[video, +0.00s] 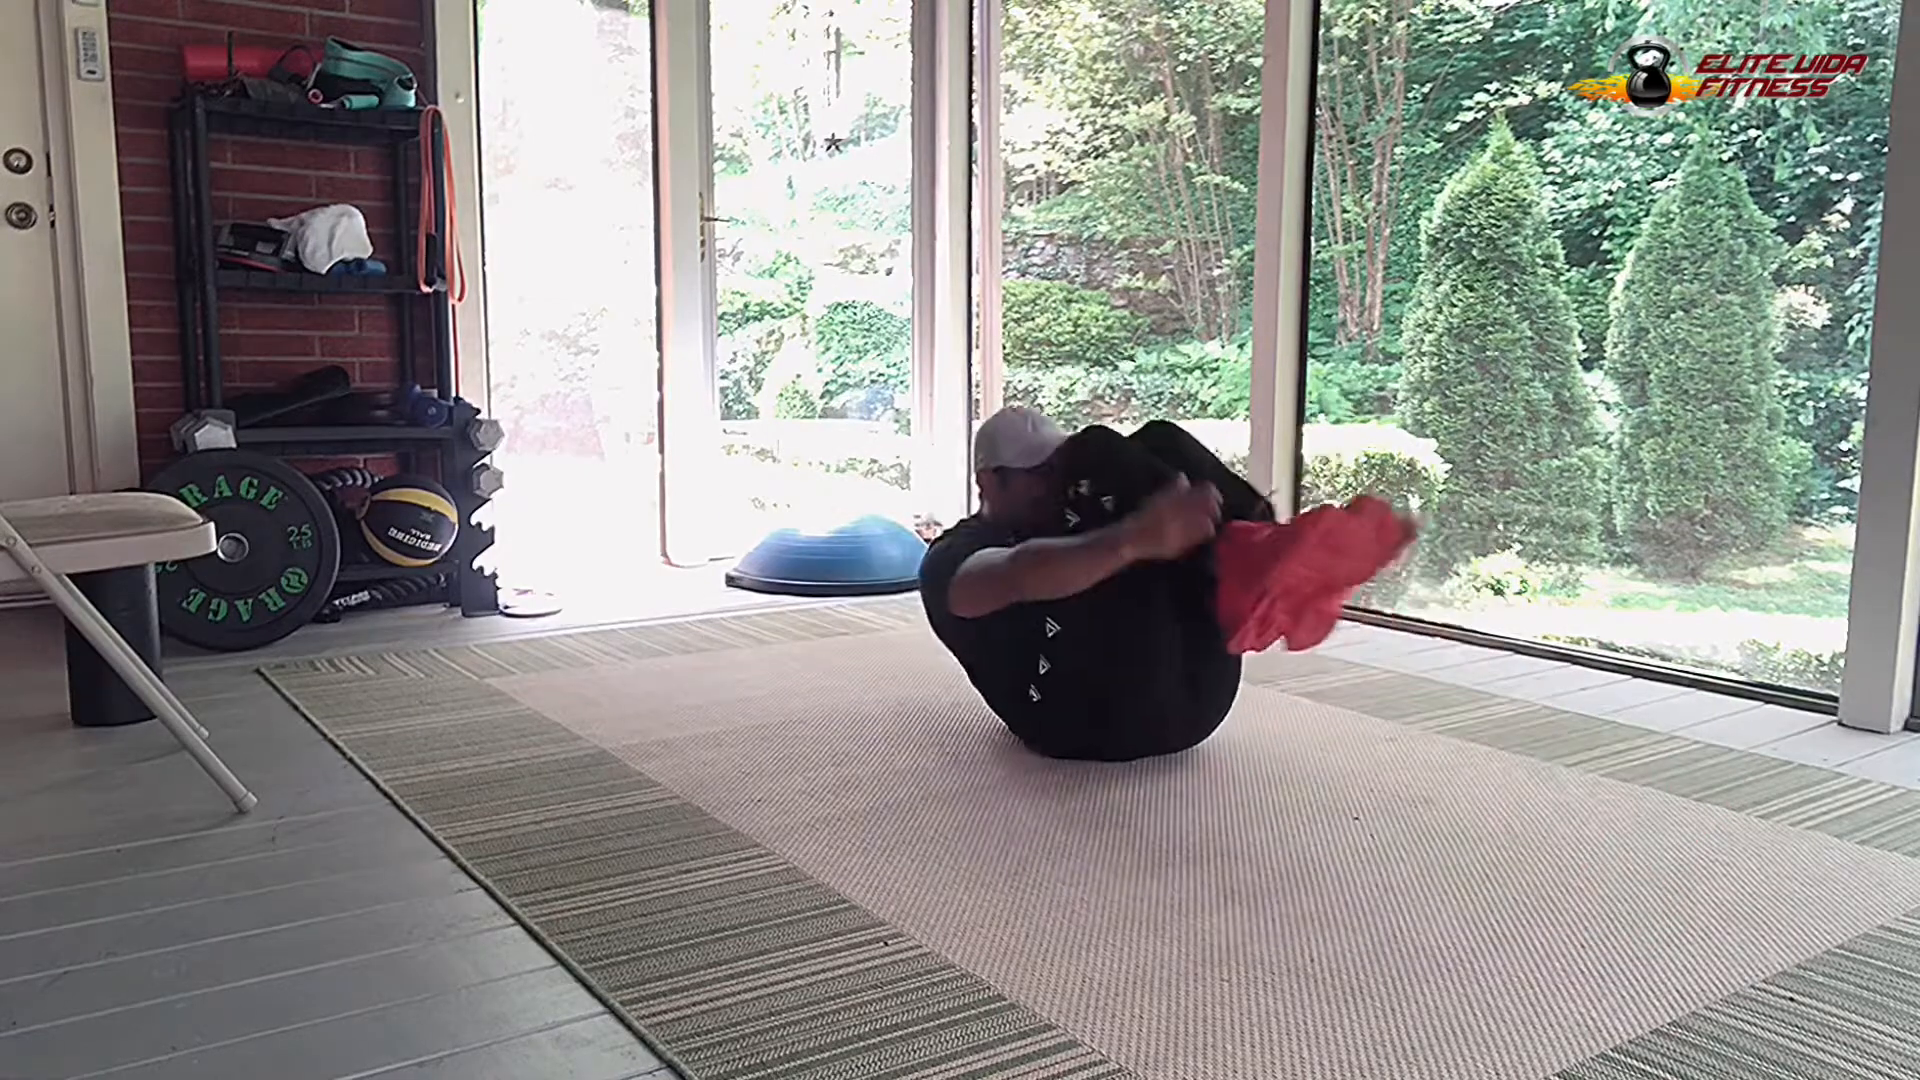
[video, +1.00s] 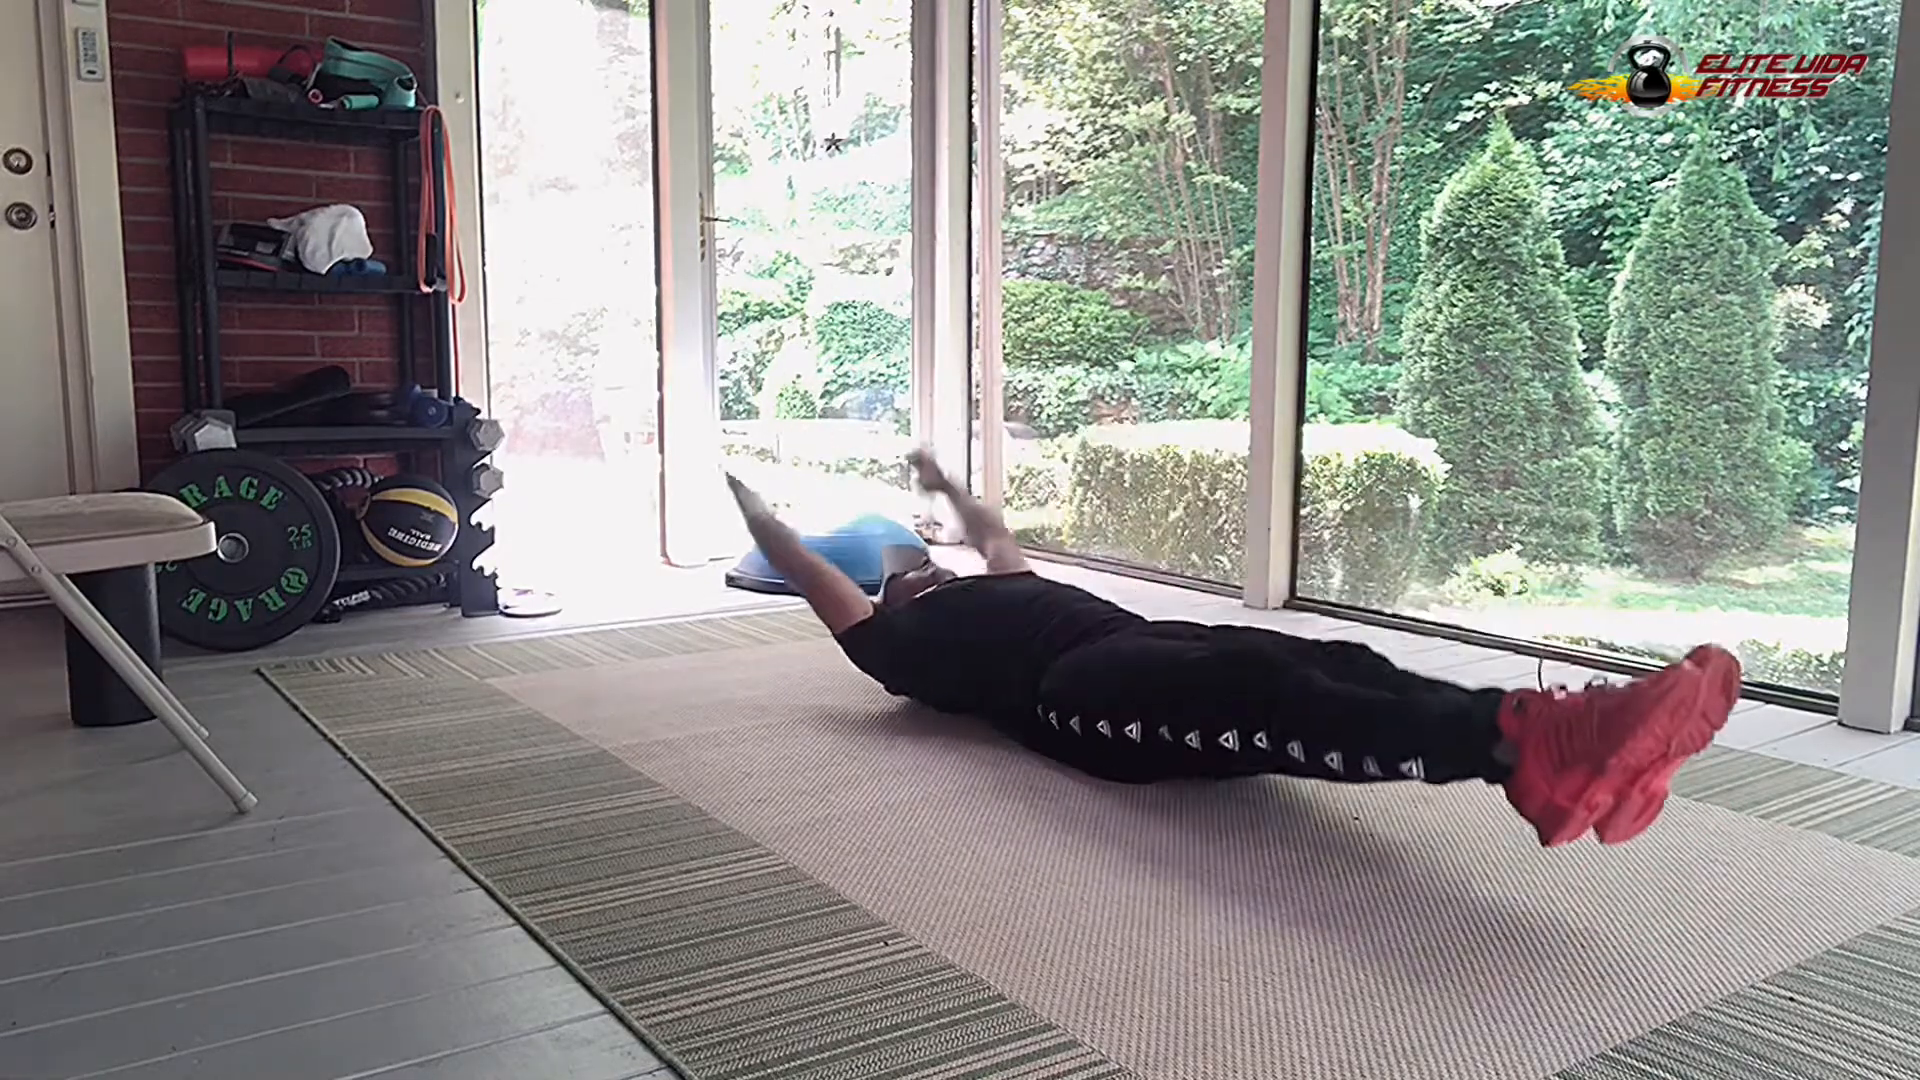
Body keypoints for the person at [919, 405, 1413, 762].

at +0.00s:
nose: (1058, 486)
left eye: (1055, 472)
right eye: (1040, 473)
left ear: (1063, 472)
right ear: (991, 484)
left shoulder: (1081, 530)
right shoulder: (953, 557)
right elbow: (1017, 575)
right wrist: (1134, 537)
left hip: (1184, 701)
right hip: (1090, 712)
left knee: (1156, 446)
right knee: (1101, 449)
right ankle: (1244, 567)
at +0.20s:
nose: (1043, 497)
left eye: (1043, 485)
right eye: (1022, 484)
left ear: (1056, 485)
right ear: (967, 506)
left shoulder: (1090, 545)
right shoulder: (936, 576)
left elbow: (1204, 541)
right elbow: (979, 578)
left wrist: (1308, 505)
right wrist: (1079, 511)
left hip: (1189, 695)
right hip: (1085, 708)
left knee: (1157, 435)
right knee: (1086, 440)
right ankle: (1236, 571)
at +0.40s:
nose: (983, 502)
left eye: (988, 490)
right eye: (966, 489)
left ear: (996, 506)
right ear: (927, 503)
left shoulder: (1046, 565)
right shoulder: (917, 600)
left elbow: (1171, 525)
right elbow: (920, 496)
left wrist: (1222, 386)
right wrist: (943, 386)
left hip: (1177, 697)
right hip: (1092, 701)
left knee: (1210, 447)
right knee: (1127, 463)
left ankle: (1352, 590)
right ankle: (1309, 587)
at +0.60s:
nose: (950, 523)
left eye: (958, 515)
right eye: (932, 519)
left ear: (979, 534)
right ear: (900, 549)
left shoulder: (1048, 577)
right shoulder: (901, 613)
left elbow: (1097, 476)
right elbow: (854, 472)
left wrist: (1111, 360)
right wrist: (833, 363)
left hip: (1167, 694)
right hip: (1096, 705)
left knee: (1294, 509)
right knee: (1214, 529)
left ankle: (1469, 635)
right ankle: (1437, 644)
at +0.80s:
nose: (942, 545)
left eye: (947, 539)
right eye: (918, 548)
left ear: (973, 558)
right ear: (892, 582)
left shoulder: (1026, 592)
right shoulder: (899, 627)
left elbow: (1049, 516)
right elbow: (826, 530)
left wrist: (1021, 418)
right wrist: (785, 444)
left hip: (1150, 654)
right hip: (1084, 697)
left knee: (1337, 605)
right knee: (1286, 646)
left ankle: (1553, 704)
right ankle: (1537, 715)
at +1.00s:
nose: (901, 559)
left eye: (911, 552)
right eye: (881, 564)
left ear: (940, 562)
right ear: (865, 591)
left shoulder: (998, 585)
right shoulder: (881, 628)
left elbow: (995, 530)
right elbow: (800, 570)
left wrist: (939, 491)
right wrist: (755, 510)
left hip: (1146, 635)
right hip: (1070, 684)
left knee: (1327, 658)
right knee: (1266, 686)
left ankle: (1566, 765)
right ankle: (1543, 742)